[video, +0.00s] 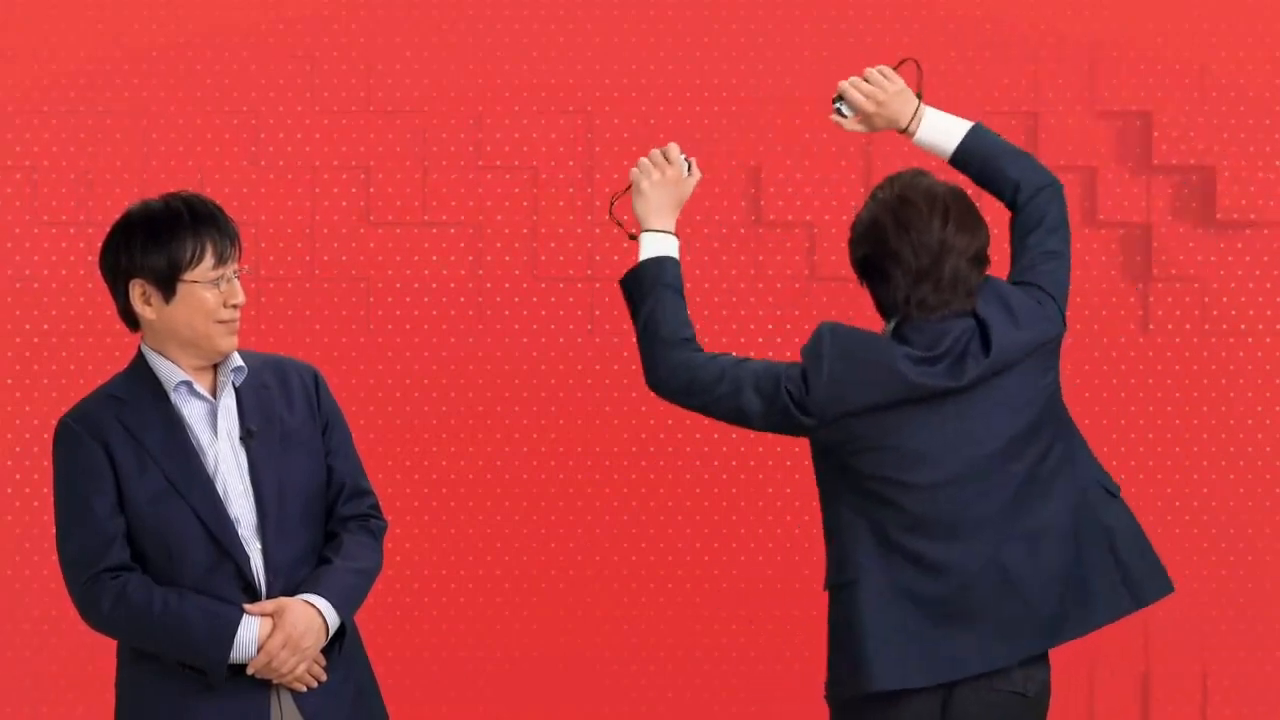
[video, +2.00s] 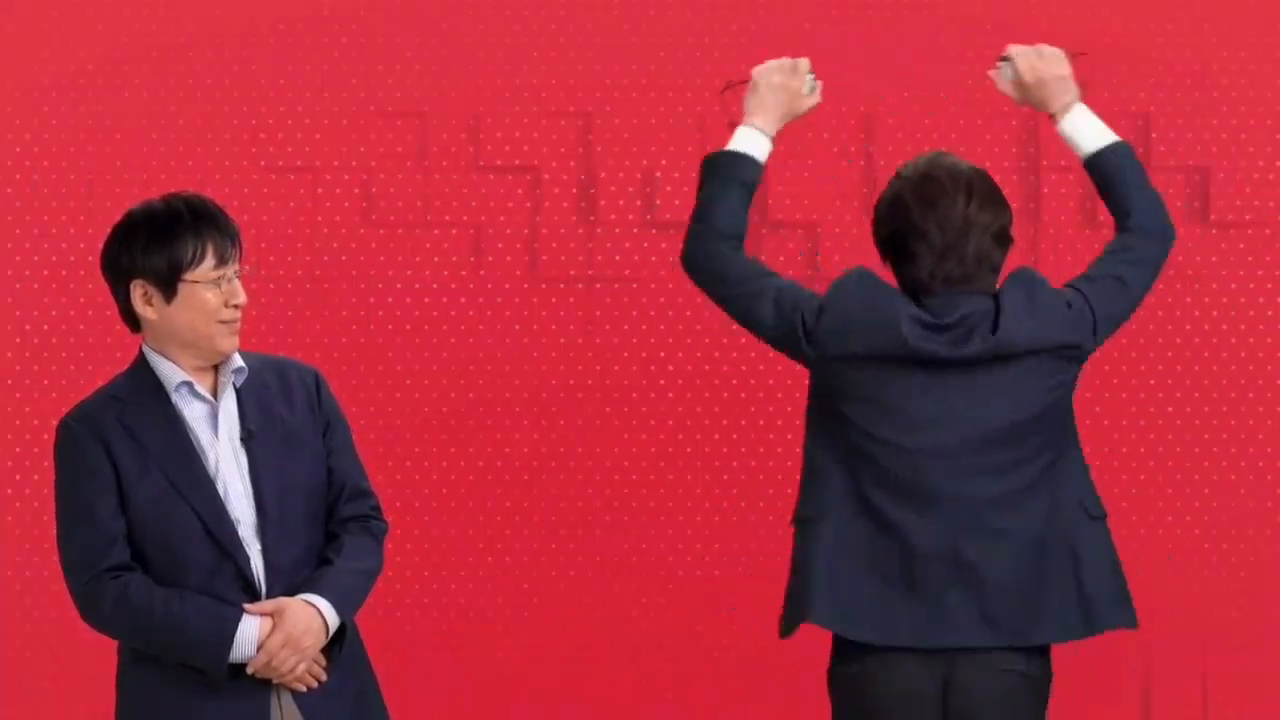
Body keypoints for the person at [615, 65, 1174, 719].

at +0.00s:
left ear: (872, 280)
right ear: (981, 260)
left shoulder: (838, 384)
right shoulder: (1028, 334)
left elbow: (675, 369)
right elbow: (1038, 192)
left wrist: (657, 232)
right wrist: (916, 116)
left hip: (886, 687)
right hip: (1011, 674)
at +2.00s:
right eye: (1001, 237)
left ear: (892, 256)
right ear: (1002, 249)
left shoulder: (841, 332)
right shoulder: (1052, 333)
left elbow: (709, 254)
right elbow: (1149, 230)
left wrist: (755, 125)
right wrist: (1067, 107)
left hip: (877, 666)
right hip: (1008, 666)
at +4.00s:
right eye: (997, 251)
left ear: (882, 258)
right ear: (991, 265)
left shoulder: (839, 333)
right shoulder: (1041, 362)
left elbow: (760, 220)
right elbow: (1190, 329)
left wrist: (853, 119)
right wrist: (1198, 190)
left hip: (855, 672)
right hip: (984, 681)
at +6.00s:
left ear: (890, 261)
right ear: (1001, 267)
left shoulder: (846, 338)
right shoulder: (1048, 360)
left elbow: (760, 225)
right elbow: (1184, 306)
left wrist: (862, 124)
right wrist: (1160, 171)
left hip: (855, 669)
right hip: (985, 677)